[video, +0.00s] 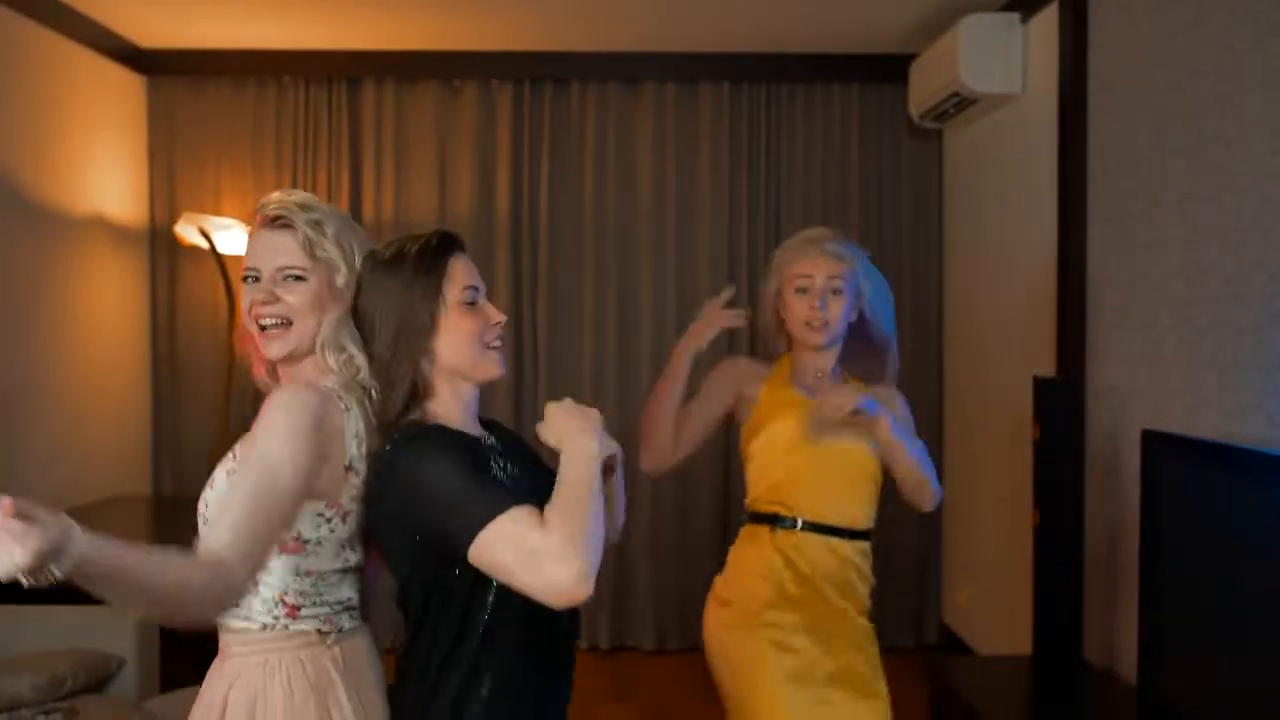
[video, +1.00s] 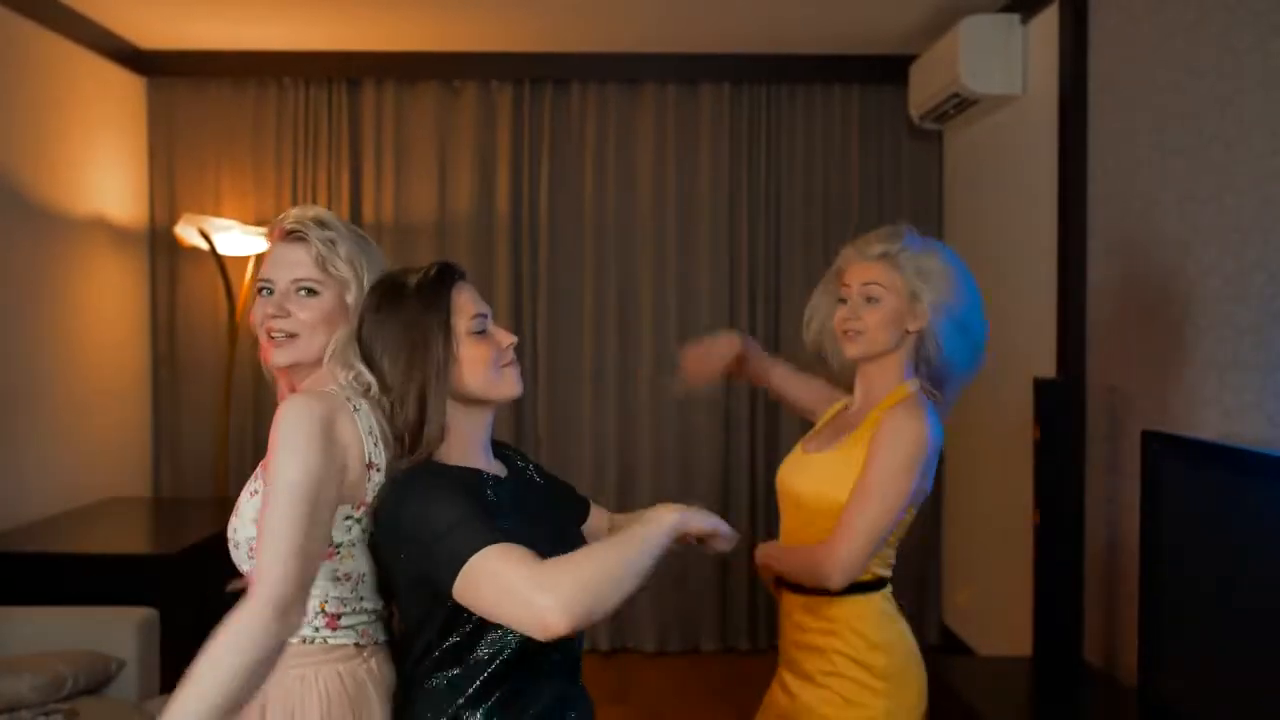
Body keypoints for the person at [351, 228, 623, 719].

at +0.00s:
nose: (498, 316)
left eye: (486, 297)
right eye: (471, 300)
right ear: (413, 327)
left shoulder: (501, 443)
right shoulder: (416, 462)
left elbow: (598, 535)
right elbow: (563, 574)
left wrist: (607, 470)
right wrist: (580, 448)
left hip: (533, 701)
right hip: (461, 704)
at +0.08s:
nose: (500, 324)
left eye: (487, 306)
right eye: (472, 308)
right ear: (416, 332)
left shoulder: (493, 454)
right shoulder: (417, 473)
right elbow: (557, 597)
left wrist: (627, 476)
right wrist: (615, 471)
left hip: (533, 701)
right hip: (466, 706)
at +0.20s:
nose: (505, 336)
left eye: (493, 319)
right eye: (477, 321)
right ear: (420, 344)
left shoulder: (496, 465)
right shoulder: (420, 483)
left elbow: (601, 524)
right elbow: (565, 599)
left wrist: (685, 498)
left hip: (536, 704)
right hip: (468, 708)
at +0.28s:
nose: (508, 332)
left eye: (495, 317)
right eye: (480, 321)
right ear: (424, 349)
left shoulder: (507, 461)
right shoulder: (429, 481)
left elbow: (601, 519)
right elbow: (563, 599)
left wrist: (670, 490)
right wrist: (676, 520)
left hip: (543, 704)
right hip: (470, 707)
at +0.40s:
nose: (510, 314)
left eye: (496, 299)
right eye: (482, 305)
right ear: (429, 339)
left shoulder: (527, 441)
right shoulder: (442, 467)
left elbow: (625, 516)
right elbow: (559, 593)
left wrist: (628, 468)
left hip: (548, 701)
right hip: (471, 706)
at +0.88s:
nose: (513, 331)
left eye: (498, 316)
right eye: (484, 320)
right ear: (429, 350)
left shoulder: (515, 464)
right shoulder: (412, 499)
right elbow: (536, 601)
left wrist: (626, 520)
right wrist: (595, 497)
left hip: (560, 702)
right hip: (471, 707)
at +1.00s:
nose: (509, 338)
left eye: (495, 324)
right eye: (479, 329)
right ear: (424, 360)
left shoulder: (509, 467)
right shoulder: (419, 499)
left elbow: (606, 528)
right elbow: (548, 605)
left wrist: (671, 521)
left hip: (559, 704)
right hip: (468, 709)